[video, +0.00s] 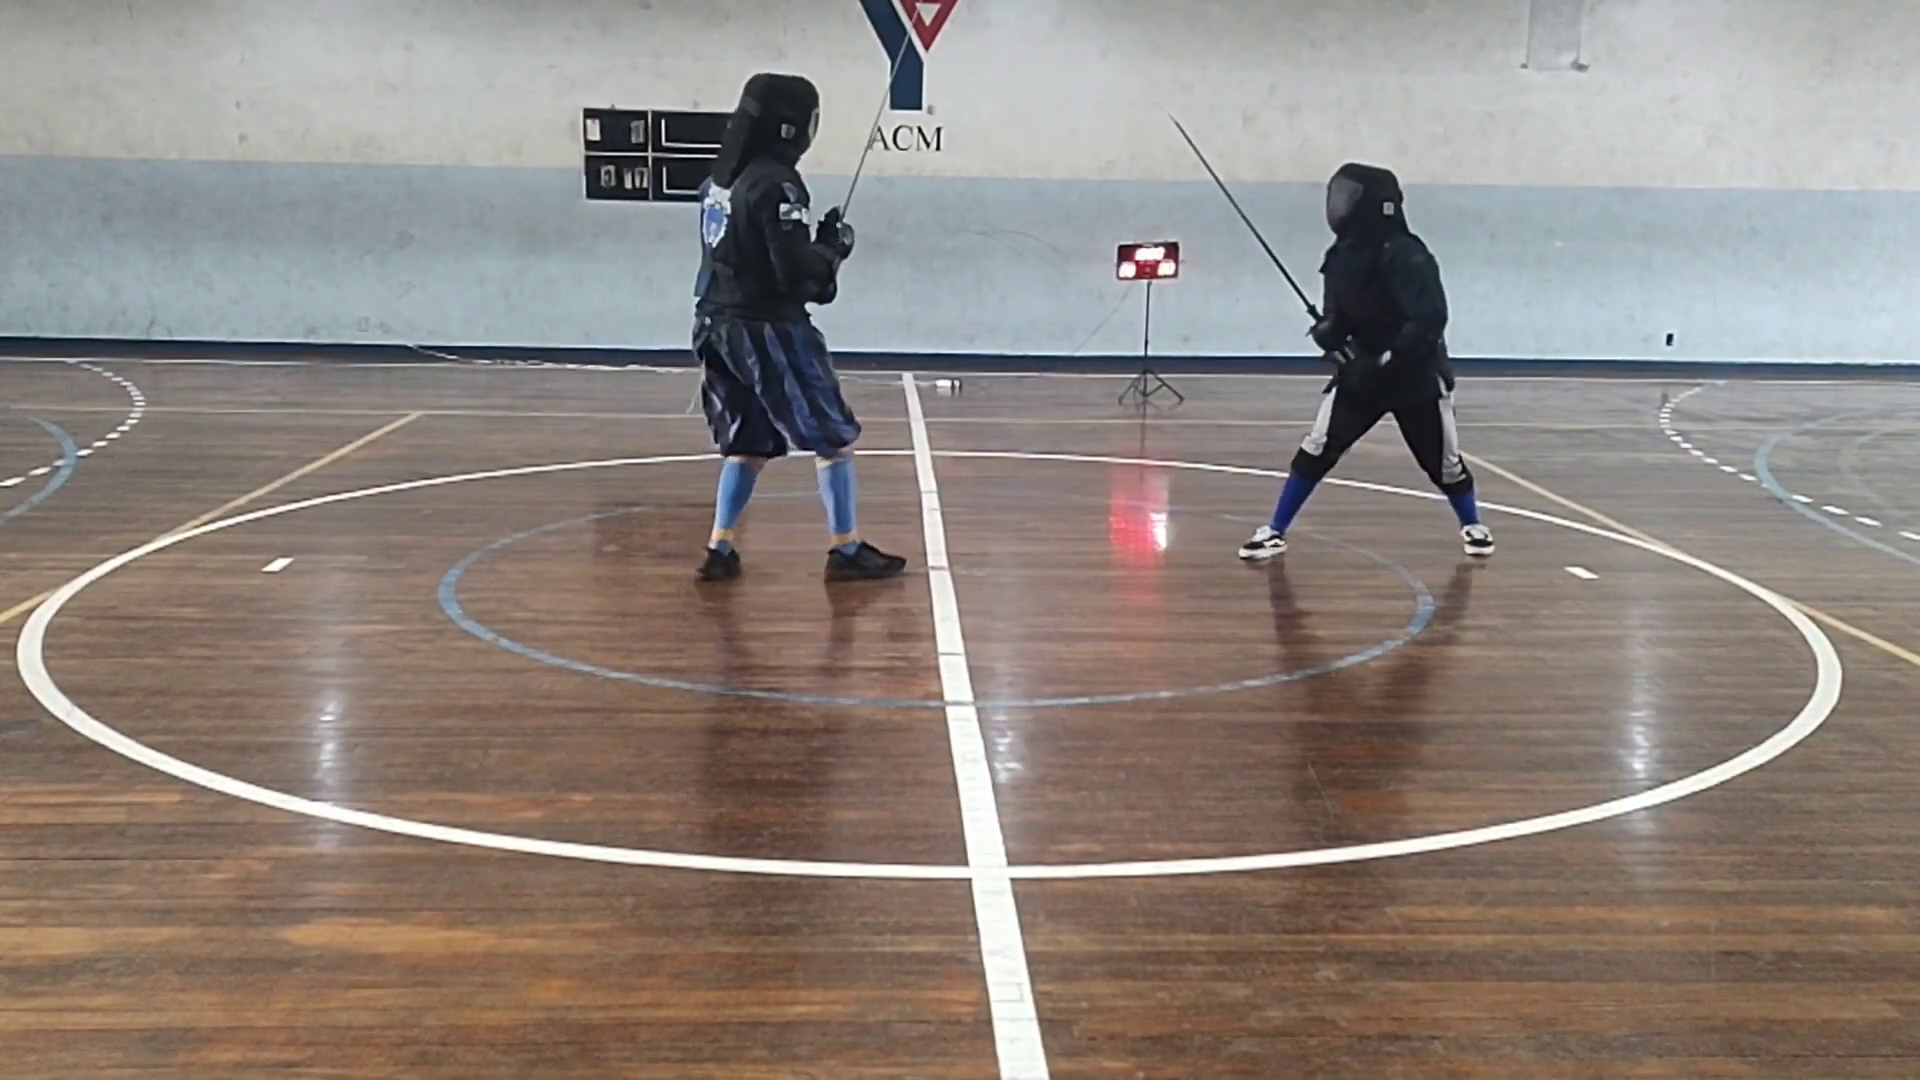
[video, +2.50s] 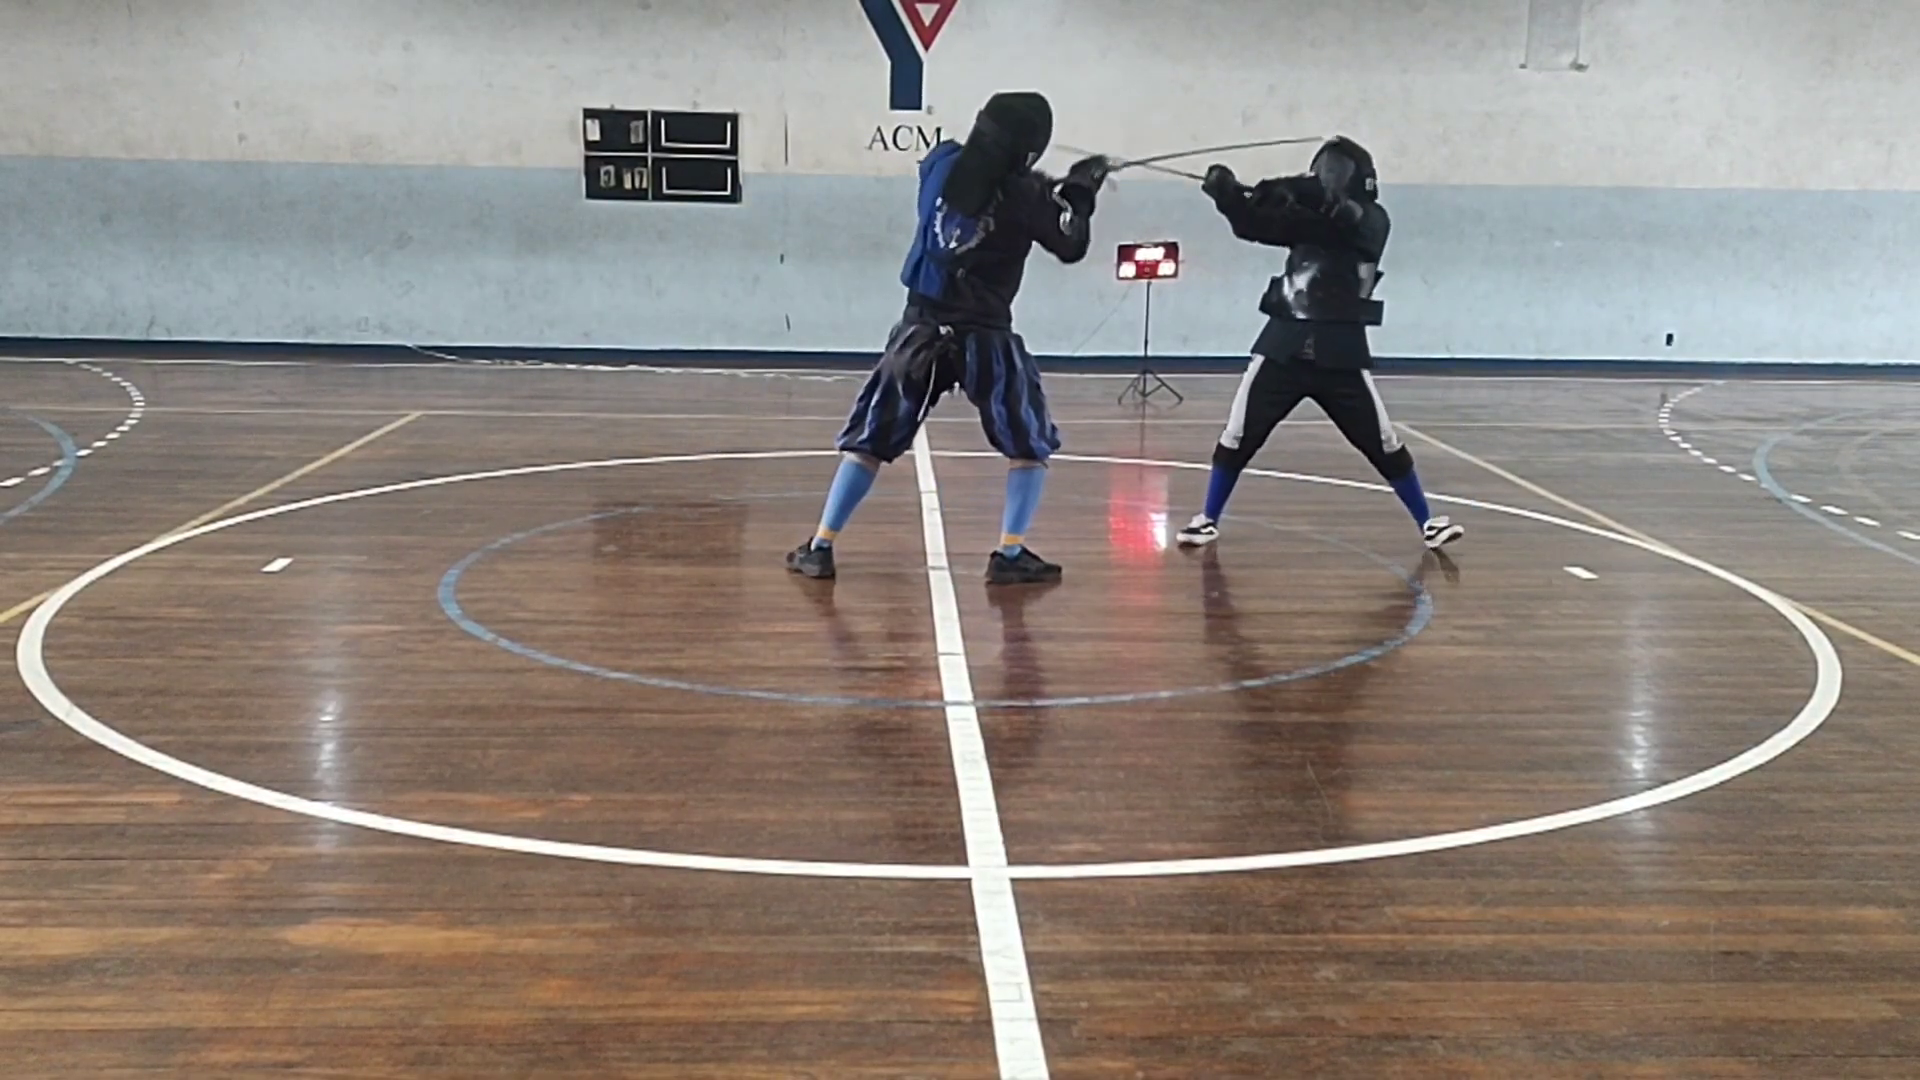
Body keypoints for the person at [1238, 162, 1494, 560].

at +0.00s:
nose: (1335, 205)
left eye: (1345, 196)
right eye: (1334, 195)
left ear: (1373, 202)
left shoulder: (1406, 253)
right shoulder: (1339, 257)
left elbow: (1432, 316)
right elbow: (1336, 315)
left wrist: (1388, 357)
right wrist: (1327, 331)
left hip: (1415, 373)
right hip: (1361, 372)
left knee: (1443, 460)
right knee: (1316, 450)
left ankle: (1472, 525)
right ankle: (1275, 530)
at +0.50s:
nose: (1369, 203)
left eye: (1380, 195)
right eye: (1370, 194)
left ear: (1406, 203)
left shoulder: (1438, 259)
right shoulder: (1370, 255)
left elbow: (1458, 323)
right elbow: (1359, 314)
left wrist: (1408, 355)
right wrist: (1346, 321)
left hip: (1428, 381)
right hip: (1370, 375)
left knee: (1457, 465)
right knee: (1305, 429)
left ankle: (1473, 526)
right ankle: (1286, 523)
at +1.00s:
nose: (1357, 212)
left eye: (1367, 203)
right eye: (1357, 202)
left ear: (1396, 212)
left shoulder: (1427, 269)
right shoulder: (1351, 261)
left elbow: (1417, 347)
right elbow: (1329, 324)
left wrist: (1343, 335)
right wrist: (1309, 313)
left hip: (1407, 386)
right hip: (1347, 380)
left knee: (1445, 465)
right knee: (1277, 435)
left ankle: (1473, 527)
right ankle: (1242, 516)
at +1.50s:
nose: (1343, 206)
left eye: (1353, 198)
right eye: (1341, 198)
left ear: (1376, 204)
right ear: (1340, 205)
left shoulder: (1399, 247)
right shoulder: (1328, 246)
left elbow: (1358, 270)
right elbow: (1277, 270)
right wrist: (1244, 252)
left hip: (1383, 374)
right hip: (1322, 373)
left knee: (1442, 455)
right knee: (1258, 445)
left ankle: (1472, 527)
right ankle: (1210, 519)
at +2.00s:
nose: (1321, 185)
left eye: (1331, 178)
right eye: (1317, 178)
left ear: (1354, 185)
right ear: (1310, 182)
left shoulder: (1372, 227)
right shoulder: (1299, 227)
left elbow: (1333, 207)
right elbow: (1255, 213)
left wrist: (1296, 185)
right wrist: (1228, 175)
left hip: (1356, 370)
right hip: (1296, 369)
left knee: (1419, 446)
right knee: (1246, 448)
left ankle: (1442, 529)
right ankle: (1208, 521)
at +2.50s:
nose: (1326, 179)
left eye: (1336, 171)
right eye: (1321, 170)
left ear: (1359, 177)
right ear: (1313, 172)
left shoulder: (1373, 220)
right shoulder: (1302, 213)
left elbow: (1362, 234)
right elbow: (1253, 223)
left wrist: (1294, 192)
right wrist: (1228, 194)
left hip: (1340, 354)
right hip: (1282, 350)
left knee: (1384, 443)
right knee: (1238, 436)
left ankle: (1427, 522)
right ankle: (1207, 519)